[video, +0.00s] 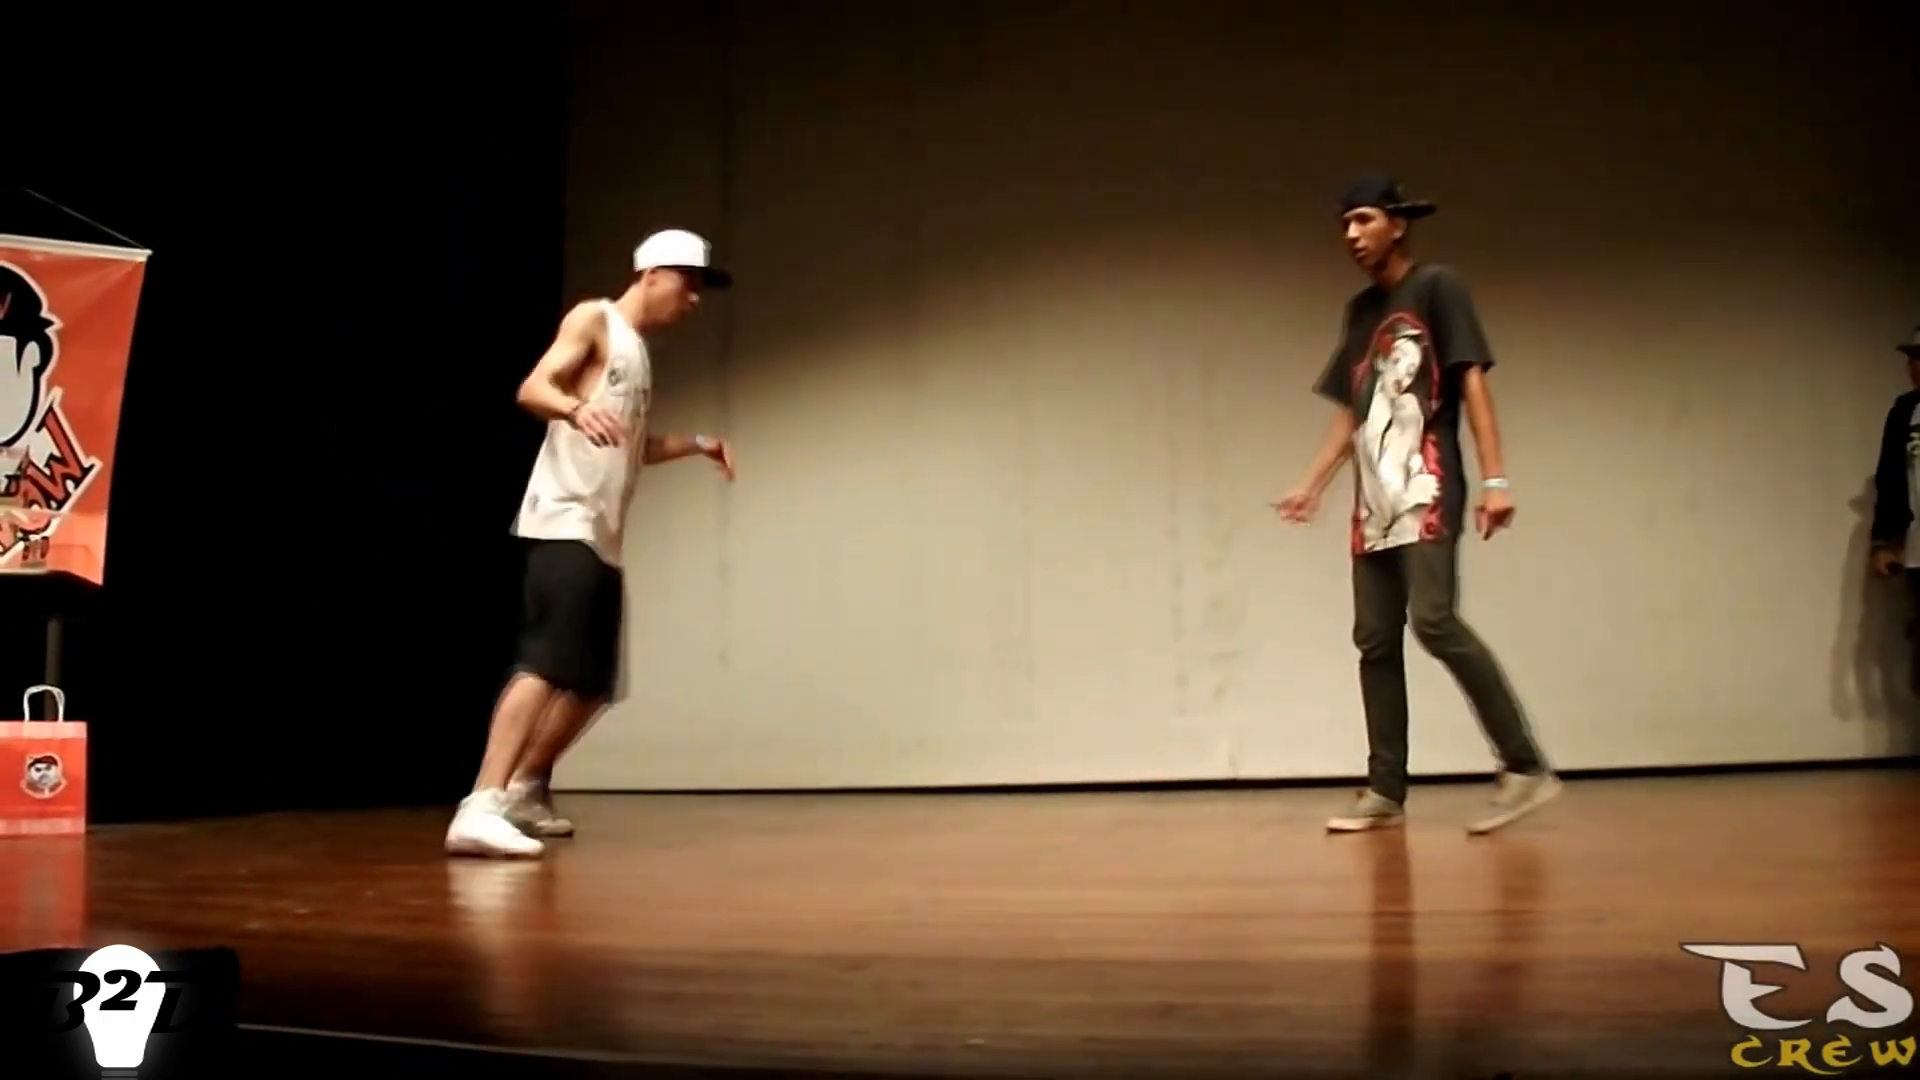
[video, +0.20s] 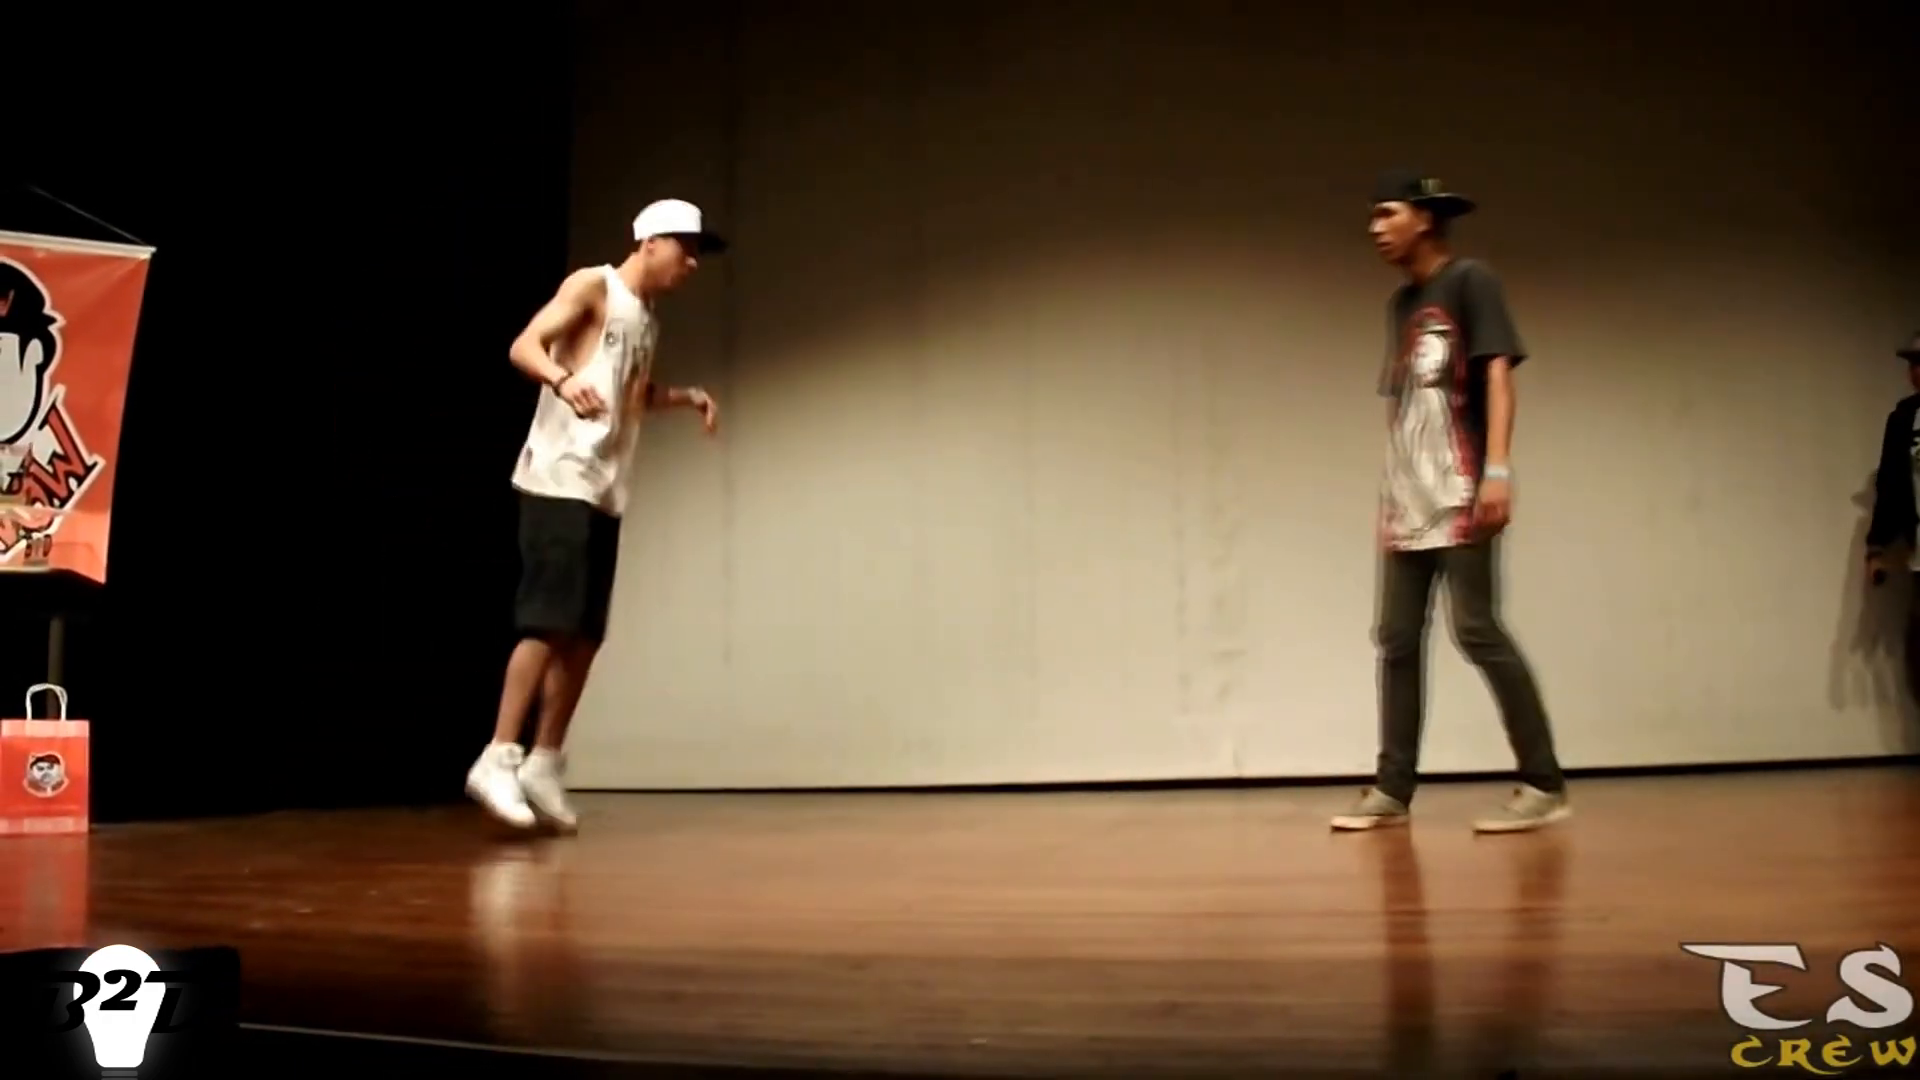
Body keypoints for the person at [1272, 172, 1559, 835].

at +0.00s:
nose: (1353, 233)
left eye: (1364, 220)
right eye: (1347, 224)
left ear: (1398, 225)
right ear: (1346, 236)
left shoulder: (1437, 287)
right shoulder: (1360, 309)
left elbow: (1472, 383)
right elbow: (1350, 413)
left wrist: (1494, 479)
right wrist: (1311, 483)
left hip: (1428, 493)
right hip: (1372, 502)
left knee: (1435, 623)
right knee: (1375, 641)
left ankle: (1528, 769)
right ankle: (1385, 793)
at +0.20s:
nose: (1376, 229)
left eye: (1387, 216)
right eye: (1374, 218)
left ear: (1425, 220)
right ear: (1390, 229)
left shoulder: (1471, 283)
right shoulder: (1402, 304)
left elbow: (1498, 378)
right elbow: (1403, 410)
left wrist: (1496, 473)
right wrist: (1393, 501)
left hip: (1464, 494)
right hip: (1409, 499)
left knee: (1477, 630)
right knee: (1397, 639)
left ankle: (1543, 784)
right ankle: (1392, 792)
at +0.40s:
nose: (1414, 221)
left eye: (1426, 208)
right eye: (1415, 210)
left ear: (1464, 214)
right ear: (1443, 221)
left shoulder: (1505, 271)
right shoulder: (1459, 292)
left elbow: (1525, 354)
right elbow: (1465, 399)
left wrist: (1494, 432)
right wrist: (1449, 498)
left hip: (1515, 488)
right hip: (1469, 492)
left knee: (1528, 630)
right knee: (1440, 624)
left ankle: (1552, 790)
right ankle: (1451, 788)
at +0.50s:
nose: (1435, 214)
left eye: (1447, 203)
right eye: (1438, 204)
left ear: (1484, 209)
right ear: (1473, 213)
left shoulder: (1524, 268)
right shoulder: (1484, 285)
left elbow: (1537, 353)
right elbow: (1498, 382)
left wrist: (1502, 431)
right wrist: (1488, 461)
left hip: (1534, 481)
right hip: (1492, 481)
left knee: (1541, 629)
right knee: (1455, 619)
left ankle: (1553, 793)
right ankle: (1532, 761)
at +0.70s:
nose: (1481, 213)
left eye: (1493, 202)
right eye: (1483, 203)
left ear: (1529, 211)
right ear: (1517, 216)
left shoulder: (1564, 271)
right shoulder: (1527, 286)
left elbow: (1600, 369)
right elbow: (1526, 403)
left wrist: (1595, 471)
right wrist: (1503, 488)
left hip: (1561, 488)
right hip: (1534, 491)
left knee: (1556, 630)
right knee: (1555, 628)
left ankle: (1550, 791)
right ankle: (1663, 754)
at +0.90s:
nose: (1519, 225)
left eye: (1530, 215)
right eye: (1522, 215)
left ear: (1563, 226)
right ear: (1554, 228)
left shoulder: (1604, 281)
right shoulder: (1556, 298)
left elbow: (1672, 362)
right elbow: (1553, 401)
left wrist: (1710, 460)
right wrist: (1501, 464)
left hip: (1608, 496)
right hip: (1590, 497)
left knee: (1564, 625)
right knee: (1643, 632)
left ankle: (1551, 791)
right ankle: (1690, 779)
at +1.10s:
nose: (1551, 220)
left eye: (1562, 208)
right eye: (1553, 210)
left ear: (1598, 215)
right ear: (1589, 220)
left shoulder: (1637, 264)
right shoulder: (1591, 290)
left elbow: (1714, 334)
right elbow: (1587, 398)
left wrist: (1764, 429)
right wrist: (1534, 444)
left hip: (1635, 469)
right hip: (1632, 472)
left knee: (1572, 598)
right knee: (1660, 620)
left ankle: (1658, 748)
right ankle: (1687, 775)